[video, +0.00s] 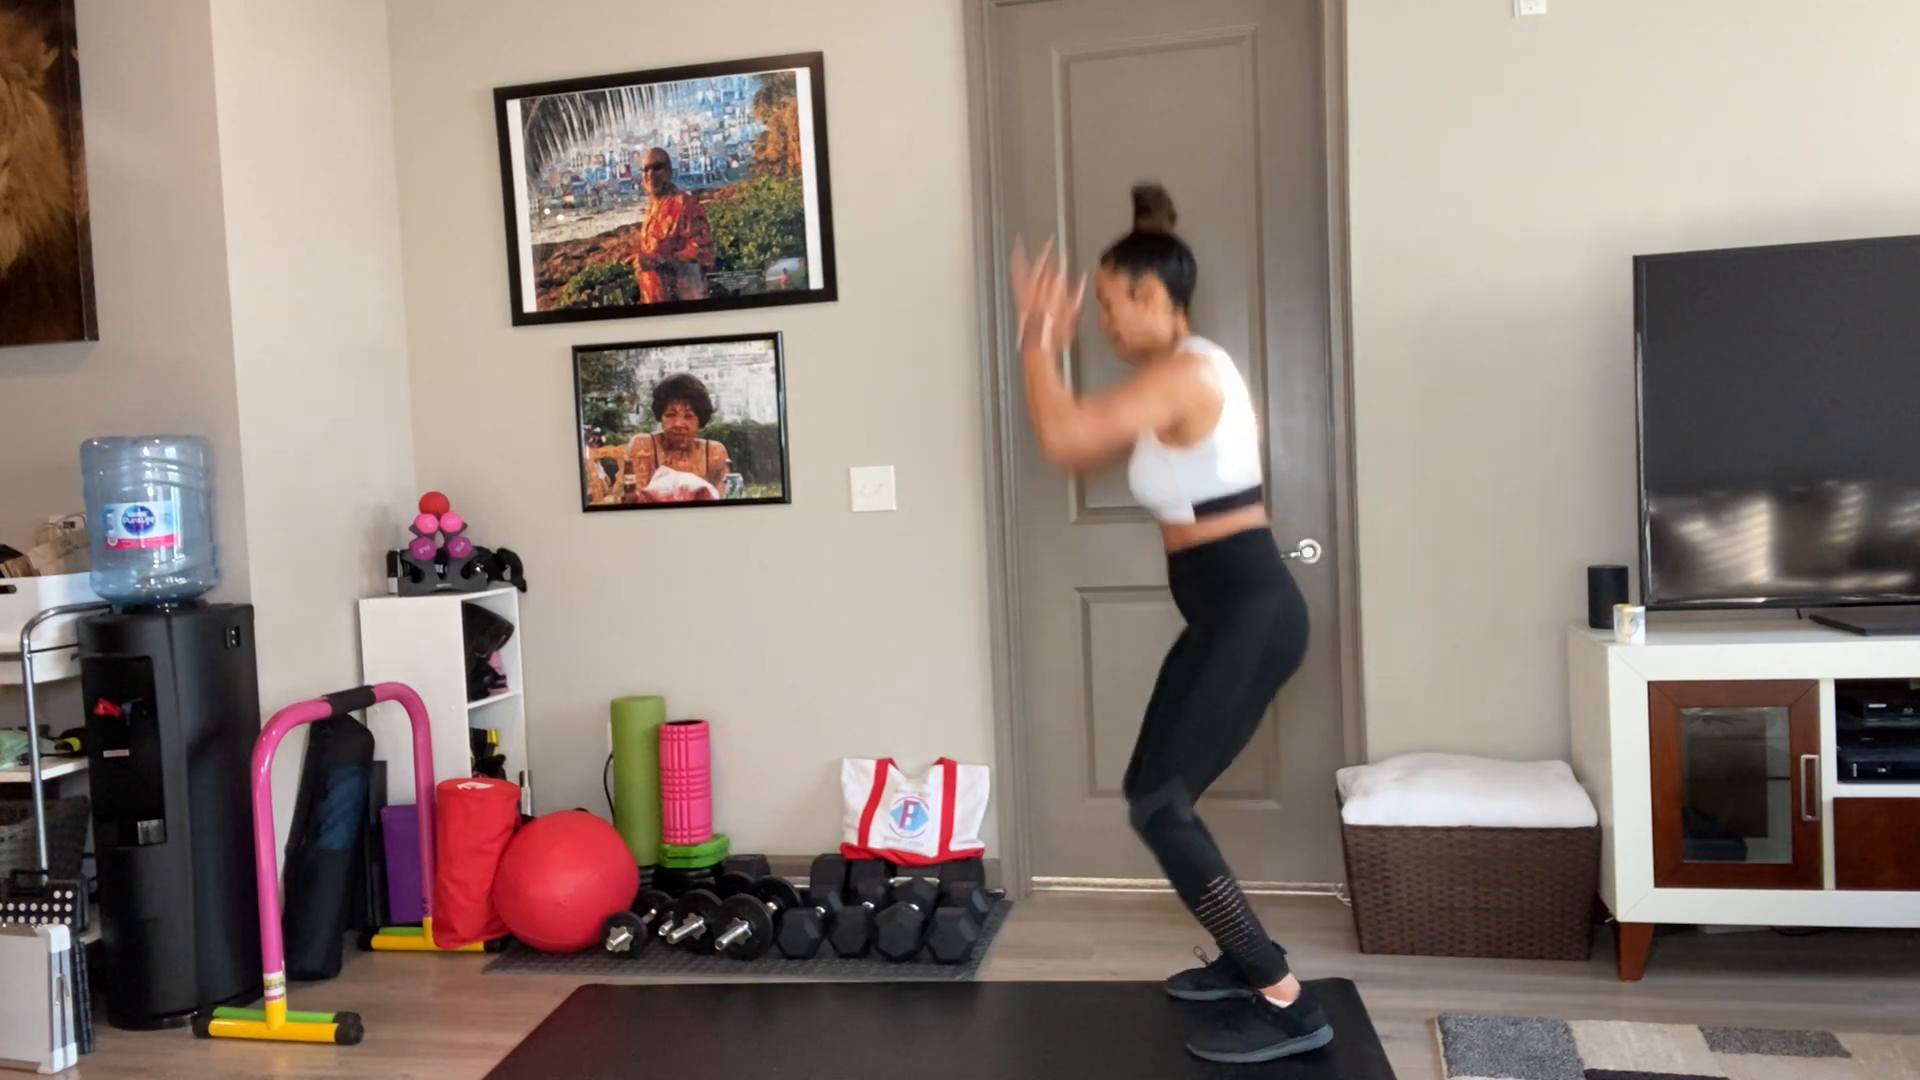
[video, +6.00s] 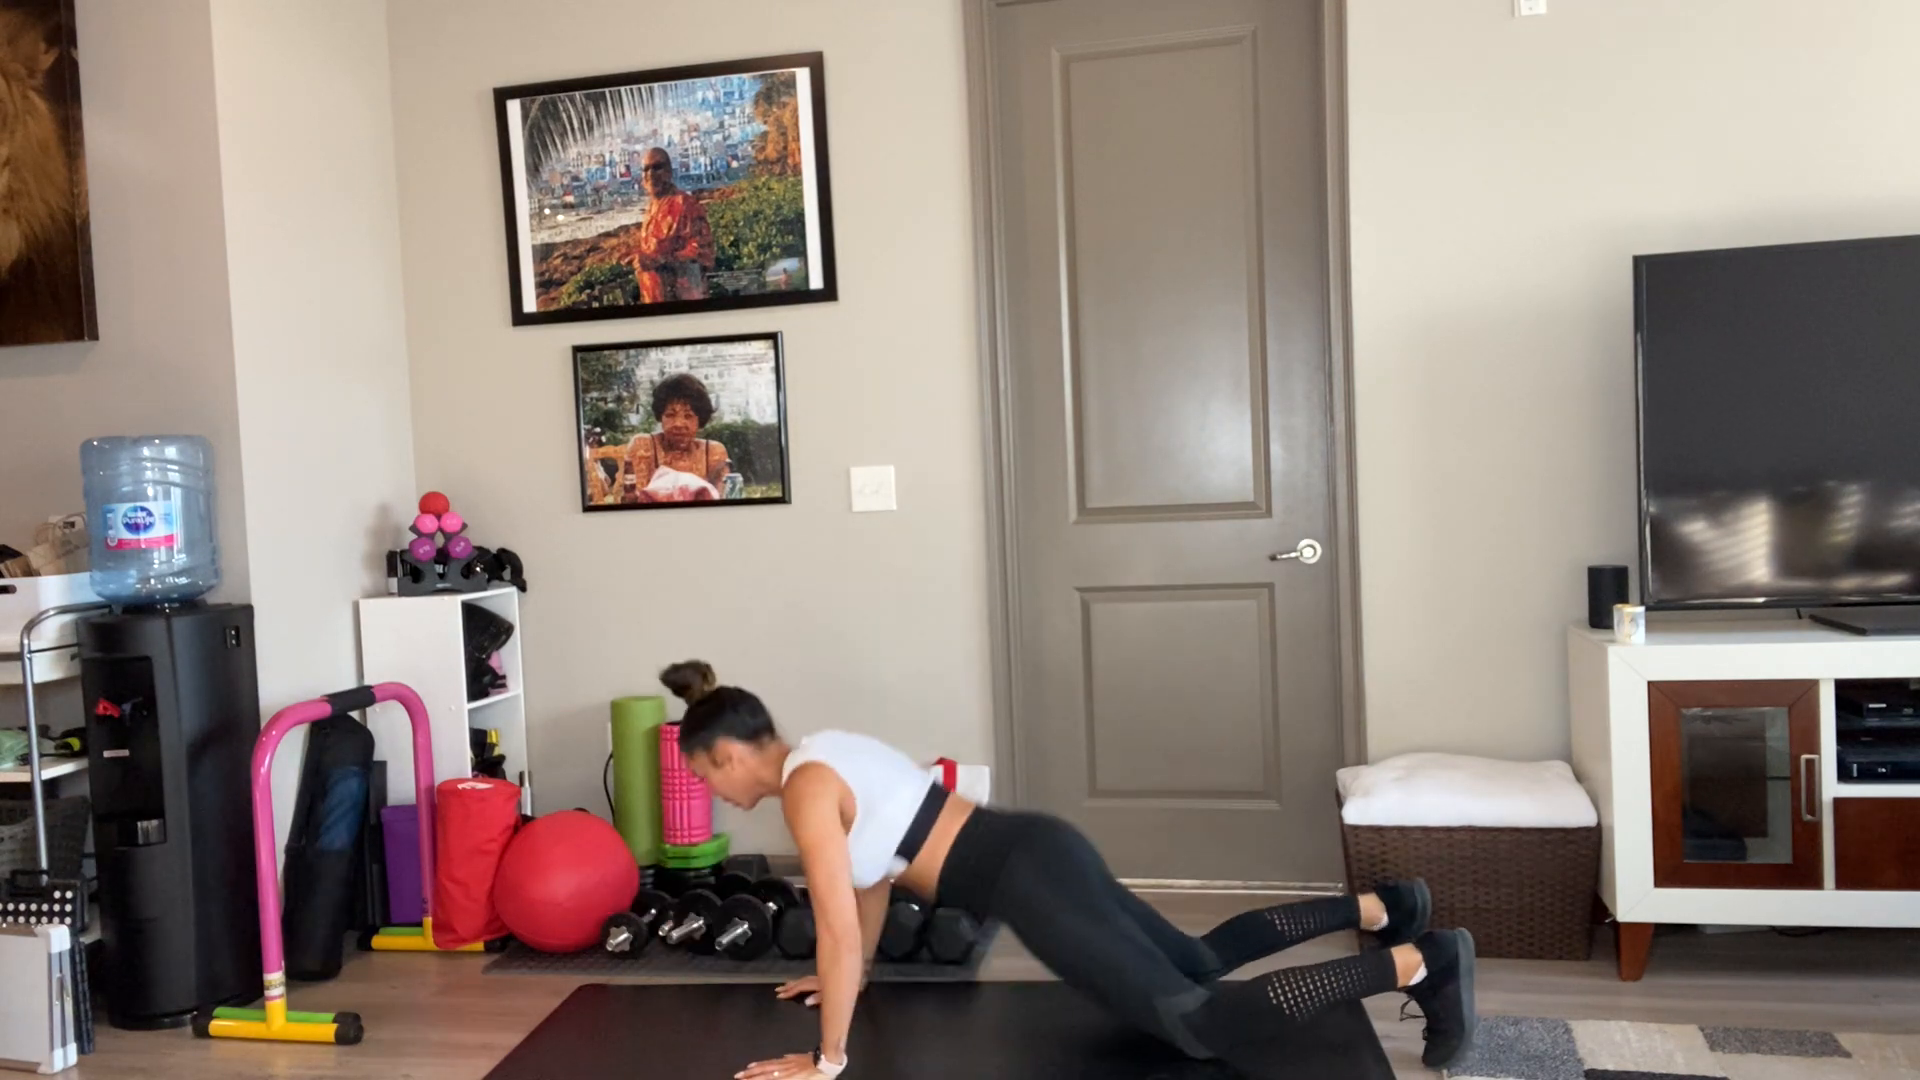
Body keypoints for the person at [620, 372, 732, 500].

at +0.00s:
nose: (679, 424)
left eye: (688, 416)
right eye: (671, 415)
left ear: (701, 420)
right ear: (660, 418)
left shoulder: (715, 451)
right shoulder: (642, 446)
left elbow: (719, 500)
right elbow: (637, 499)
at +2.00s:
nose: (679, 424)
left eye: (688, 416)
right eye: (671, 415)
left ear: (701, 420)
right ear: (660, 418)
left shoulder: (715, 451)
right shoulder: (641, 446)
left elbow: (720, 500)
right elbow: (636, 499)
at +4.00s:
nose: (679, 424)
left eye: (688, 416)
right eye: (671, 415)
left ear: (701, 420)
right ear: (660, 418)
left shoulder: (715, 451)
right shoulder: (642, 446)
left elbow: (719, 501)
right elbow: (638, 499)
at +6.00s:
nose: (679, 424)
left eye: (688, 416)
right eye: (670, 415)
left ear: (700, 420)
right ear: (660, 417)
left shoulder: (714, 451)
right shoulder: (641, 446)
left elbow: (721, 499)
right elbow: (632, 500)